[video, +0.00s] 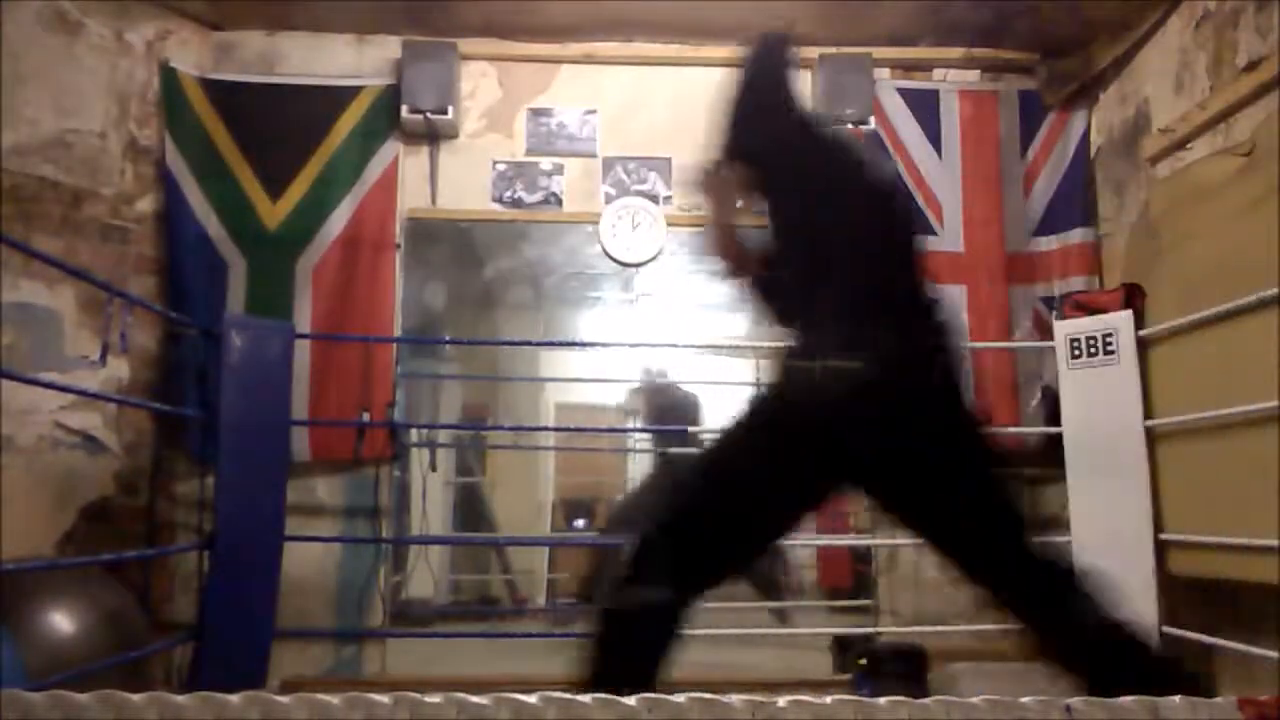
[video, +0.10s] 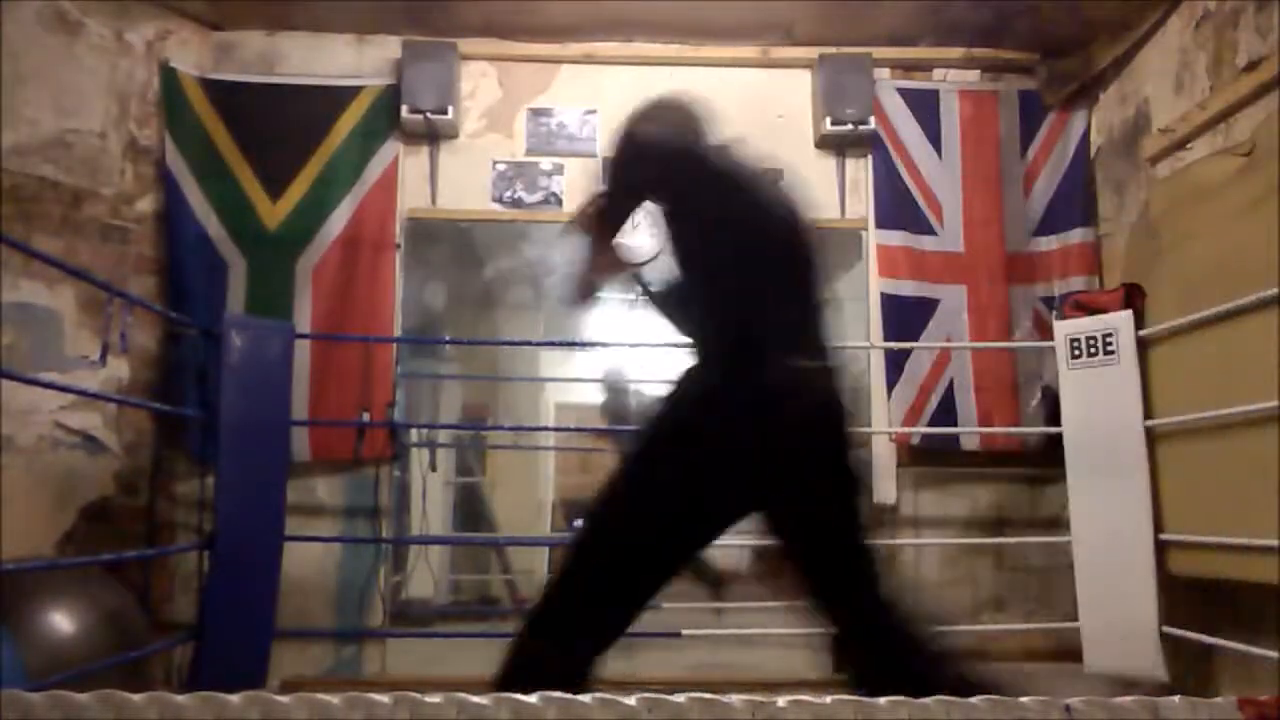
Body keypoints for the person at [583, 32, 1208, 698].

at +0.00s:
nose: (748, 156)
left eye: (753, 143)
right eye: (750, 144)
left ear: (767, 129)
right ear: (810, 118)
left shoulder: (805, 161)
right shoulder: (865, 190)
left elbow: (759, 122)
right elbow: (813, 301)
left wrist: (772, 40)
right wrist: (741, 258)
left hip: (824, 402)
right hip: (912, 400)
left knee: (672, 551)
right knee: (1012, 567)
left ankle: (608, 705)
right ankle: (1157, 691)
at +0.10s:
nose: (635, 167)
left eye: (641, 150)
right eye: (637, 154)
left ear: (654, 142)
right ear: (698, 137)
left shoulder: (673, 161)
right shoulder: (766, 204)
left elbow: (646, 156)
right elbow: (719, 327)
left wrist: (602, 233)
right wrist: (641, 275)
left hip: (726, 419)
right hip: (808, 424)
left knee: (607, 573)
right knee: (856, 604)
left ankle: (521, 706)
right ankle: (965, 709)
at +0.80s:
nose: (451, 249)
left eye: (450, 240)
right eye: (455, 239)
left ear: (453, 240)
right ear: (497, 234)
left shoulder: (450, 280)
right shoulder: (546, 283)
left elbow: (405, 375)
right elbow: (630, 343)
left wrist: (414, 405)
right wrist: (595, 396)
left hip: (500, 454)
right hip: (560, 454)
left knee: (428, 612)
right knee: (523, 586)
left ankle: (580, 683)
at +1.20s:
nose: (354, 271)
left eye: (355, 258)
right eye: (351, 259)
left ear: (377, 250)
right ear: (397, 245)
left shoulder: (426, 285)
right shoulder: (420, 296)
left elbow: (496, 330)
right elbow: (438, 389)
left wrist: (453, 417)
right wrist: (382, 350)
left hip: (498, 465)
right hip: (502, 464)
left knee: (364, 579)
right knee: (486, 600)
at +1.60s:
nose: (221, 157)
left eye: (241, 138)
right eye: (216, 139)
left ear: (289, 145)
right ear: (210, 145)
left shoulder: (355, 238)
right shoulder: (221, 247)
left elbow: (430, 363)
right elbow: (192, 373)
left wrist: (295, 383)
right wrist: (159, 350)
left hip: (363, 454)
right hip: (270, 453)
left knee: (308, 645)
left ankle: (482, 664)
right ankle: (482, 663)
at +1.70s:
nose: (176, 139)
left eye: (195, 118)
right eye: (164, 121)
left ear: (244, 123)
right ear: (155, 129)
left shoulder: (320, 226)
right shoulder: (178, 223)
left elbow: (310, 372)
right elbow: (181, 354)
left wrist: (168, 314)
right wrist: (151, 451)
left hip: (331, 453)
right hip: (239, 446)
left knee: (268, 646)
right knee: (185, 637)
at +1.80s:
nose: (114, 81)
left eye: (122, 60)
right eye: (108, 63)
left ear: (172, 55)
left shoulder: (271, 151)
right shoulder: (142, 154)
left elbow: (267, 315)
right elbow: (141, 271)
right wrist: (112, 364)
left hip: (281, 407)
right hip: (186, 396)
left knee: (252, 622)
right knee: (62, 578)